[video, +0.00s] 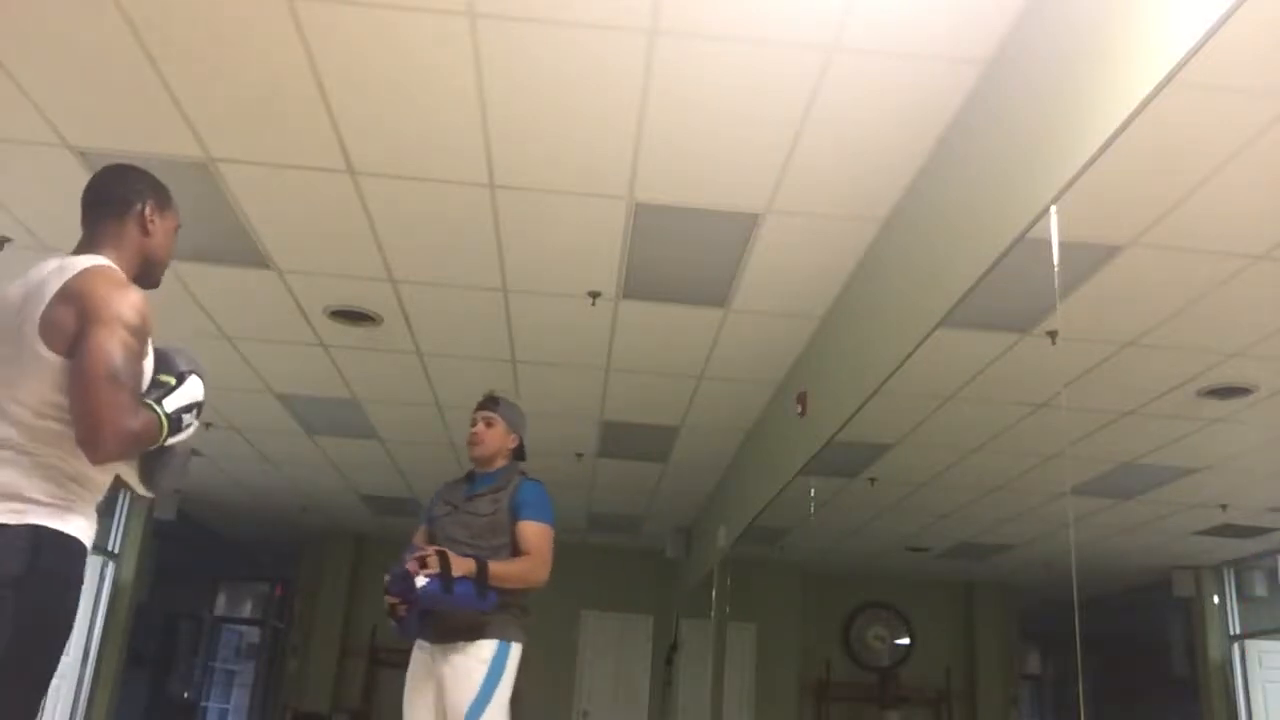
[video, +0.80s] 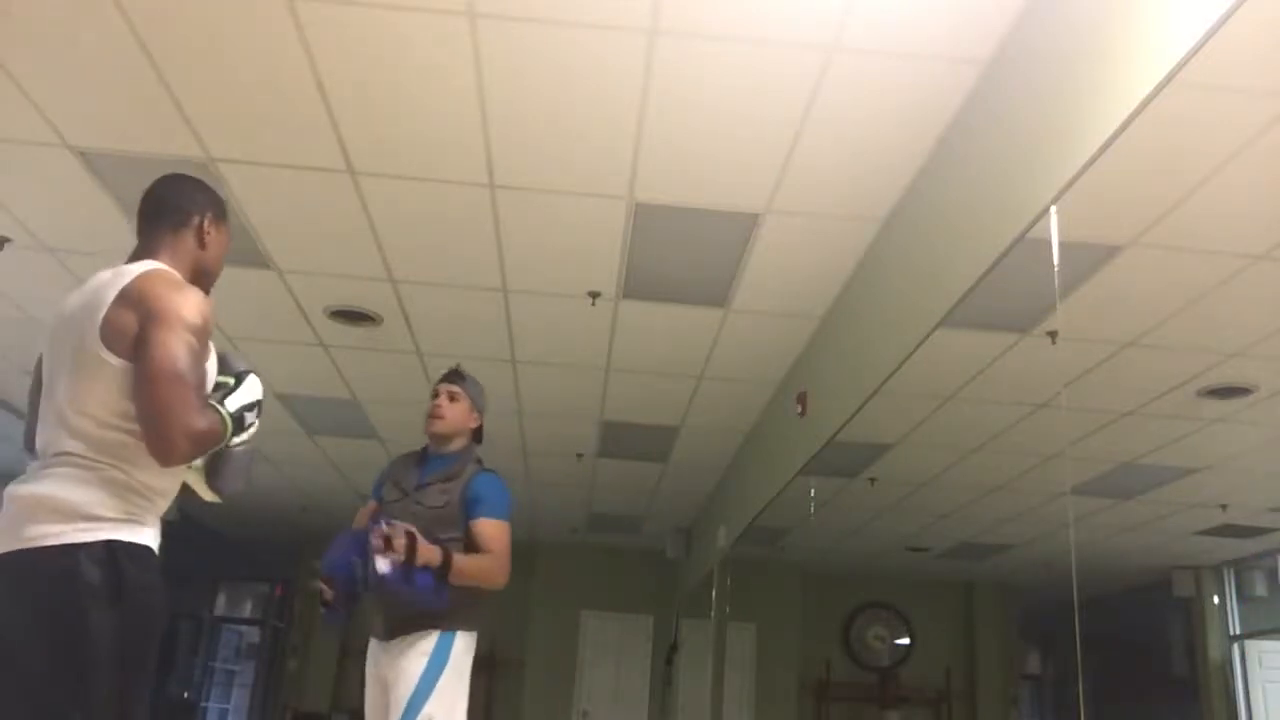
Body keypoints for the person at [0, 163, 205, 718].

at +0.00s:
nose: (172, 251)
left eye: (174, 234)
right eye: (172, 231)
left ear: (92, 219)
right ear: (146, 217)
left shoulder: (29, 282)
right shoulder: (113, 293)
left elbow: (34, 413)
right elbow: (106, 436)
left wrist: (137, 395)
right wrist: (171, 413)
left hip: (3, 526)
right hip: (36, 539)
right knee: (14, 704)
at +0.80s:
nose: (223, 258)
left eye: (225, 242)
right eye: (225, 240)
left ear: (147, 228)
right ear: (204, 229)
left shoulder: (77, 302)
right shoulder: (175, 295)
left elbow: (40, 435)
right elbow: (174, 439)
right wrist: (234, 412)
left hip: (24, 547)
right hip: (94, 551)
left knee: (31, 707)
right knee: (102, 706)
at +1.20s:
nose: (269, 240)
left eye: (271, 223)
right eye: (271, 221)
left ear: (187, 208)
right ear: (255, 210)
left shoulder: (106, 282)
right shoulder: (238, 280)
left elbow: (61, 417)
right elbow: (264, 436)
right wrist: (297, 391)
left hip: (63, 538)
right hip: (148, 543)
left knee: (60, 706)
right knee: (133, 706)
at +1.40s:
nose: (288, 255)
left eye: (288, 244)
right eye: (289, 241)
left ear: (207, 233)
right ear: (278, 232)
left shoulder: (141, 305)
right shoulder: (273, 282)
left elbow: (107, 444)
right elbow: (307, 434)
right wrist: (326, 399)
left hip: (104, 554)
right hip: (183, 555)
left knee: (107, 707)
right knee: (158, 708)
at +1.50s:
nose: (303, 261)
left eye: (303, 252)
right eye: (304, 250)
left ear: (221, 246)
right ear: (291, 241)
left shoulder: (161, 317)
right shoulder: (292, 281)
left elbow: (138, 447)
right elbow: (324, 415)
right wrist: (329, 436)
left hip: (132, 558)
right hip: (219, 556)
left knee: (140, 711)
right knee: (237, 710)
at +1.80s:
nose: (361, 256)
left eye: (359, 245)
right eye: (363, 242)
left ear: (286, 235)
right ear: (357, 235)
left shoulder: (220, 313)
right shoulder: (358, 287)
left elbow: (180, 451)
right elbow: (398, 431)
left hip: (186, 566)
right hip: (289, 560)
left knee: (173, 710)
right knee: (310, 709)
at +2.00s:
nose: (416, 255)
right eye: (417, 242)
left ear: (339, 233)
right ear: (415, 237)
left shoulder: (255, 304)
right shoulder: (432, 317)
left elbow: (203, 434)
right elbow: (443, 460)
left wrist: (285, 459)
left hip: (237, 571)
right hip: (342, 567)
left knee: (244, 710)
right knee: (361, 709)